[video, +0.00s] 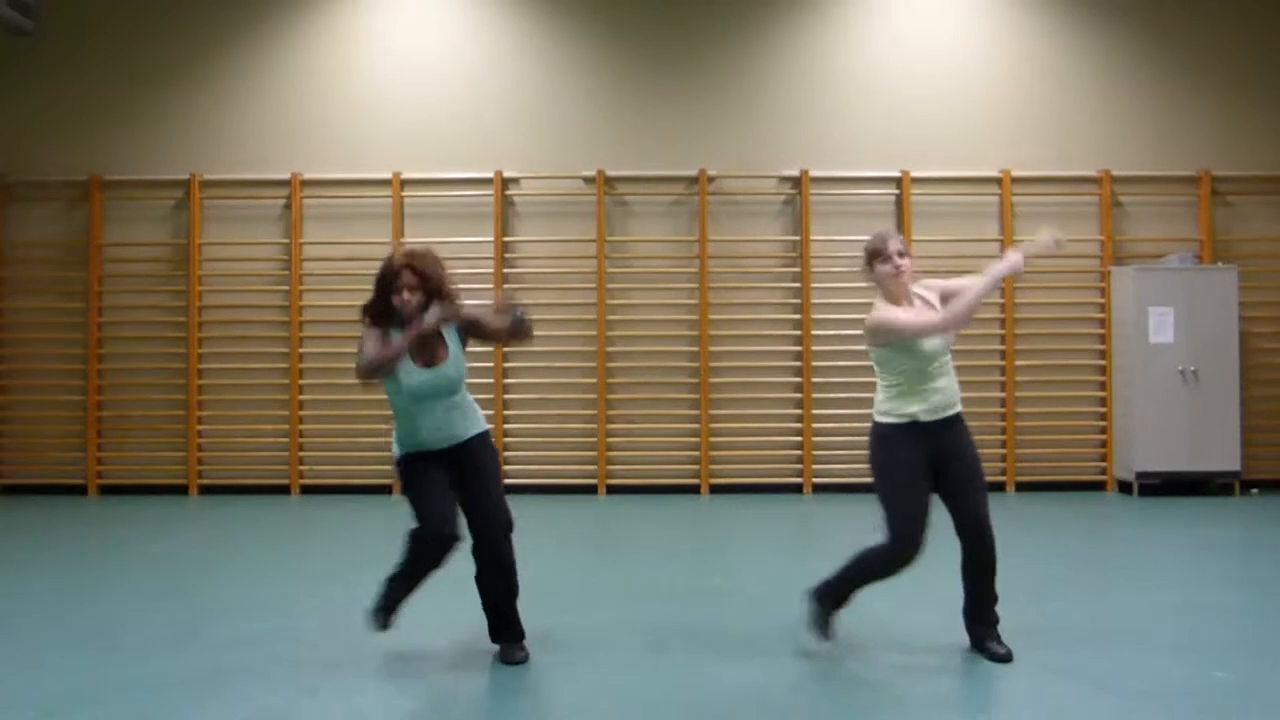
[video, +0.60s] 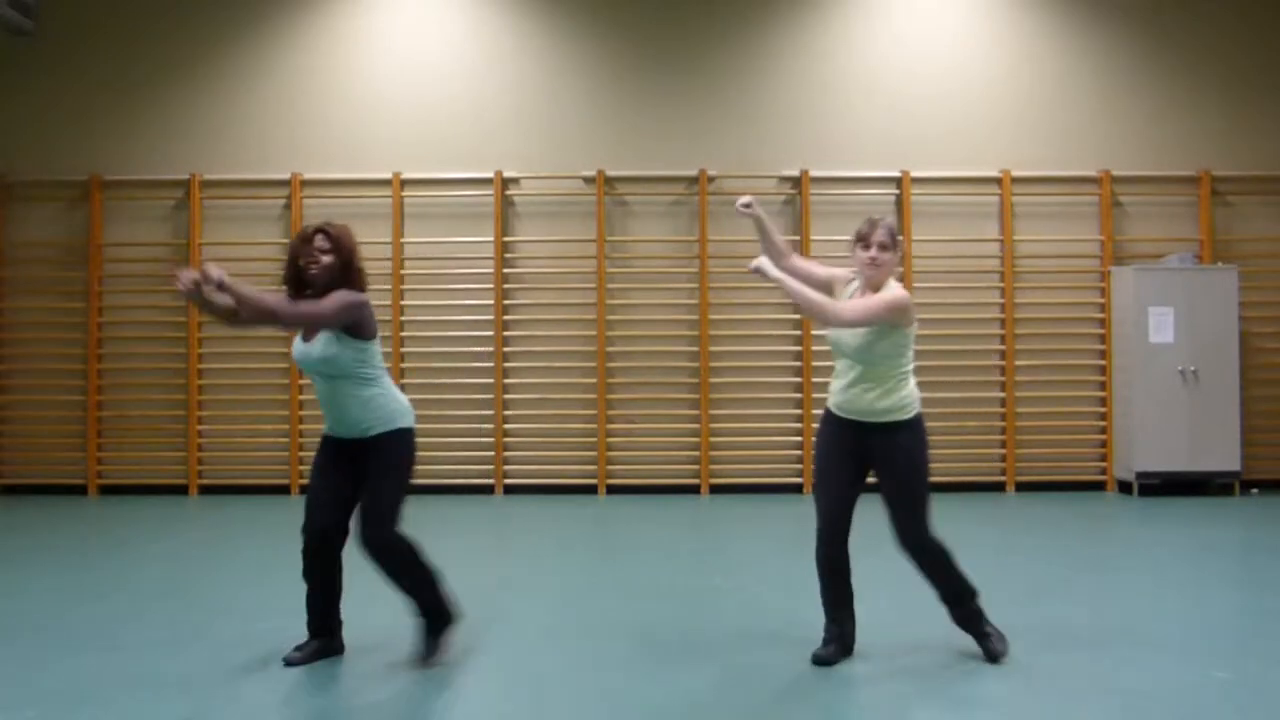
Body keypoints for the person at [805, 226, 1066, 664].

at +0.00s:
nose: (896, 263)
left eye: (900, 255)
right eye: (884, 260)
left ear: (912, 260)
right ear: (872, 273)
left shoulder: (932, 292)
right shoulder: (880, 320)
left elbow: (980, 282)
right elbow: (949, 321)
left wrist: (1027, 250)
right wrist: (997, 273)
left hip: (949, 429)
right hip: (898, 437)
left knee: (978, 533)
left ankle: (983, 631)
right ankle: (826, 597)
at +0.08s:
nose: (910, 269)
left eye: (916, 261)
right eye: (899, 264)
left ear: (926, 267)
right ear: (884, 275)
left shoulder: (940, 303)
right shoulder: (883, 325)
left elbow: (1001, 322)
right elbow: (927, 369)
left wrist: (1064, 320)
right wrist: (993, 352)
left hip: (958, 429)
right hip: (908, 442)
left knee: (985, 536)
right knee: (940, 543)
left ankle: (984, 631)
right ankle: (910, 610)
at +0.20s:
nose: (926, 272)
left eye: (933, 265)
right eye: (915, 267)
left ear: (943, 272)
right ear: (900, 277)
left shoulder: (963, 317)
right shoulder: (886, 325)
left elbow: (996, 378)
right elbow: (861, 387)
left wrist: (996, 432)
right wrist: (910, 426)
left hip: (970, 432)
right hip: (915, 441)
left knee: (987, 537)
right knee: (942, 542)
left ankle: (987, 632)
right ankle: (944, 624)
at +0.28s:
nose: (926, 262)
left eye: (933, 255)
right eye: (916, 255)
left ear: (944, 264)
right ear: (902, 265)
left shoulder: (965, 314)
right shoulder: (886, 303)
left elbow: (971, 383)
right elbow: (824, 326)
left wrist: (908, 400)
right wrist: (846, 370)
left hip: (964, 429)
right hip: (908, 433)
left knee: (979, 532)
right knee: (914, 534)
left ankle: (987, 630)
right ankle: (919, 616)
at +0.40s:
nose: (909, 245)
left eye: (918, 240)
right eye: (901, 238)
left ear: (931, 249)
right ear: (888, 245)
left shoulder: (938, 296)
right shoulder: (876, 274)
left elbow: (900, 347)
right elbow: (821, 251)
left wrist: (845, 315)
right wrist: (803, 271)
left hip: (947, 416)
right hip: (890, 417)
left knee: (966, 520)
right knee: (872, 520)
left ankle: (989, 628)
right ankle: (860, 626)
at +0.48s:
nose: (896, 246)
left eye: (906, 241)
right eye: (889, 239)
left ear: (919, 251)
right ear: (876, 245)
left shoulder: (921, 294)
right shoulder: (867, 275)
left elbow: (861, 324)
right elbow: (823, 242)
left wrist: (810, 278)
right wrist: (786, 233)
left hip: (931, 419)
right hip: (873, 419)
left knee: (956, 524)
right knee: (851, 524)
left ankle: (989, 629)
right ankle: (836, 634)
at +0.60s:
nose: (874, 255)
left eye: (883, 248)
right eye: (865, 247)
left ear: (896, 255)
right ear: (854, 252)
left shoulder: (897, 299)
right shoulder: (841, 282)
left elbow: (834, 313)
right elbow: (785, 260)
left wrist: (774, 274)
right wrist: (759, 217)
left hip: (897, 427)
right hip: (842, 425)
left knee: (914, 536)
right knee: (829, 536)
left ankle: (977, 623)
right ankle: (838, 635)